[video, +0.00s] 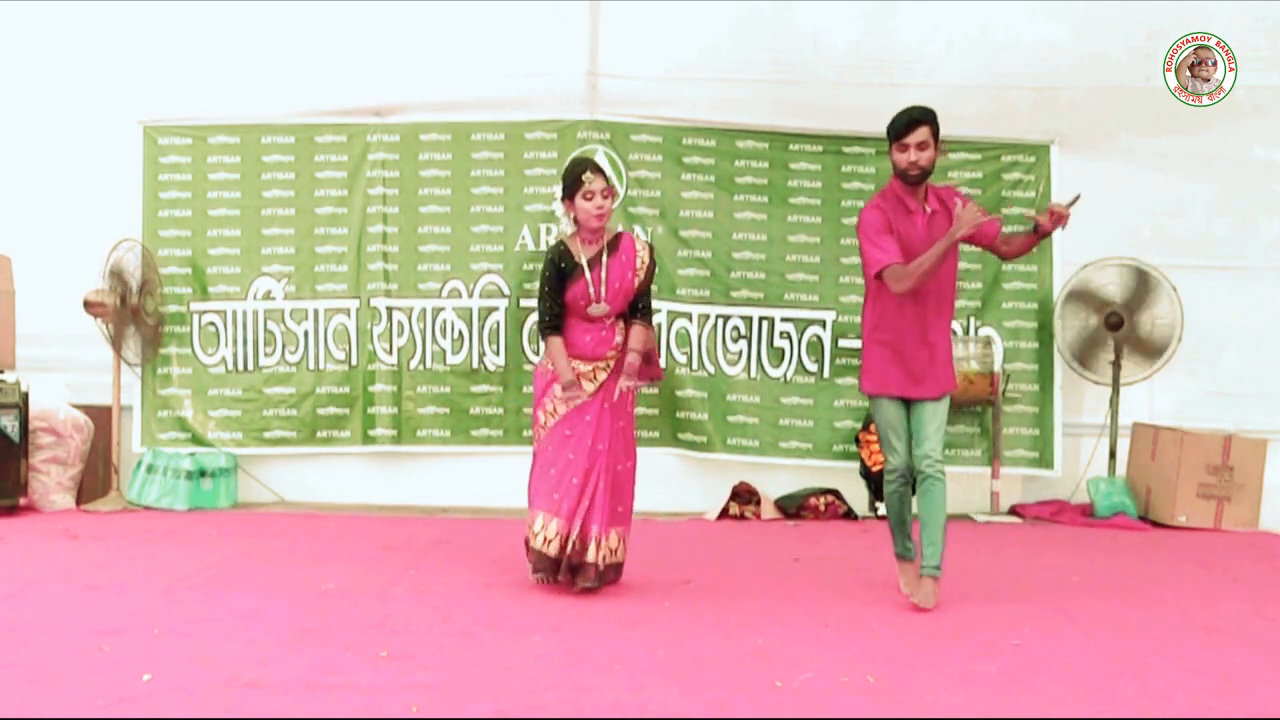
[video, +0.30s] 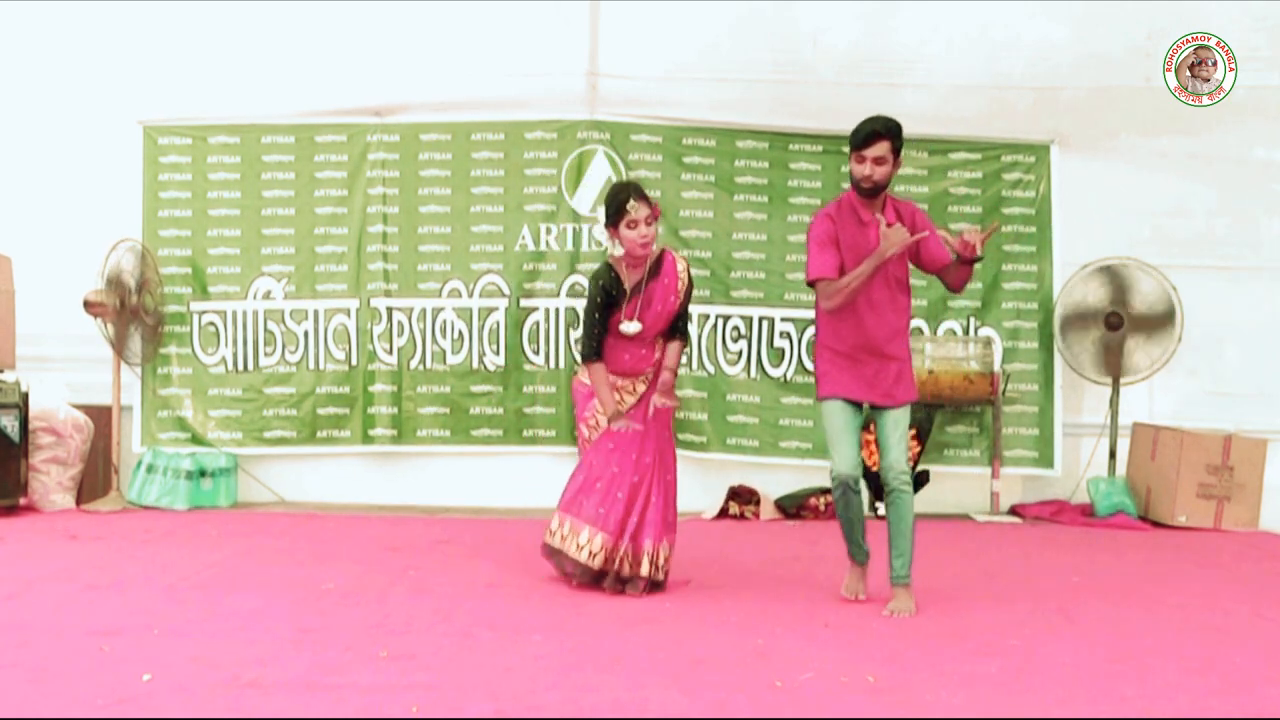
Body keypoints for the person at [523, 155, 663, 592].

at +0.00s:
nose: (600, 204)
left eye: (606, 194)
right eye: (588, 196)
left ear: (615, 198)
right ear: (570, 204)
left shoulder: (637, 252)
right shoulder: (560, 256)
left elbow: (641, 313)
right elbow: (549, 323)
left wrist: (633, 358)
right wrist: (566, 375)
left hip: (614, 368)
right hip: (564, 366)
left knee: (605, 458)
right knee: (563, 456)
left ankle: (596, 557)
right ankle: (558, 552)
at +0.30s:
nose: (645, 234)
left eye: (650, 223)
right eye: (633, 226)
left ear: (658, 223)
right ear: (613, 233)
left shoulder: (676, 269)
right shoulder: (606, 281)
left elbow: (678, 331)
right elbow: (591, 350)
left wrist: (663, 388)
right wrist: (610, 410)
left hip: (651, 382)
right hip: (603, 381)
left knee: (650, 462)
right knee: (614, 459)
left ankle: (638, 563)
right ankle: (598, 557)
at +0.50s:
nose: (669, 231)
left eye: (674, 221)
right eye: (658, 224)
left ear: (681, 221)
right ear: (638, 231)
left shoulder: (700, 265)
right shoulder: (630, 279)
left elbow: (707, 327)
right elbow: (622, 345)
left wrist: (712, 389)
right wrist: (640, 391)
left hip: (679, 372)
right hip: (633, 373)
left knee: (681, 455)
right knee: (643, 456)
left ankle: (676, 555)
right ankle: (639, 553)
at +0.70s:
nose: (695, 224)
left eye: (700, 214)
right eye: (683, 217)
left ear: (708, 217)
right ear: (665, 227)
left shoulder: (720, 266)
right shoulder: (660, 277)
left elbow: (737, 324)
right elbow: (644, 347)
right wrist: (674, 397)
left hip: (711, 378)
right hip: (665, 379)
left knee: (713, 464)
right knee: (667, 463)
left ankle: (711, 557)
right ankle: (625, 543)